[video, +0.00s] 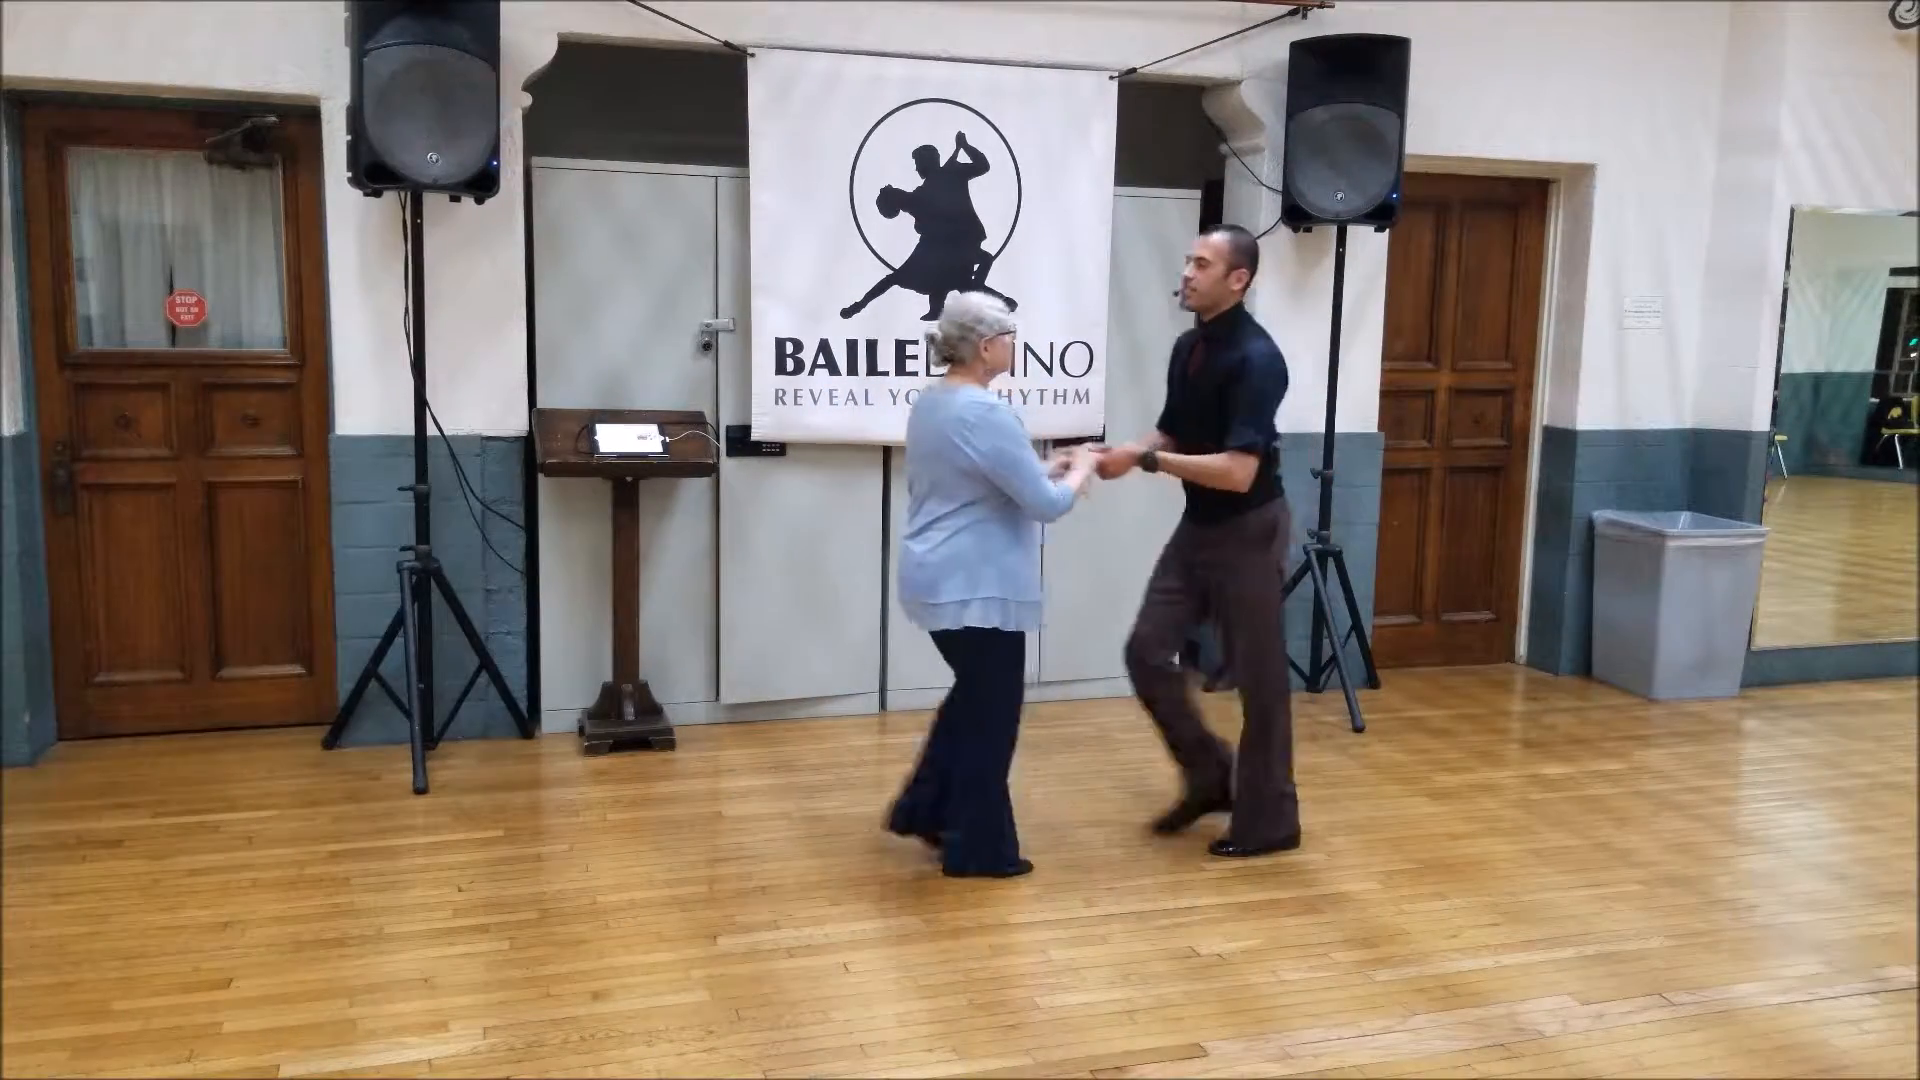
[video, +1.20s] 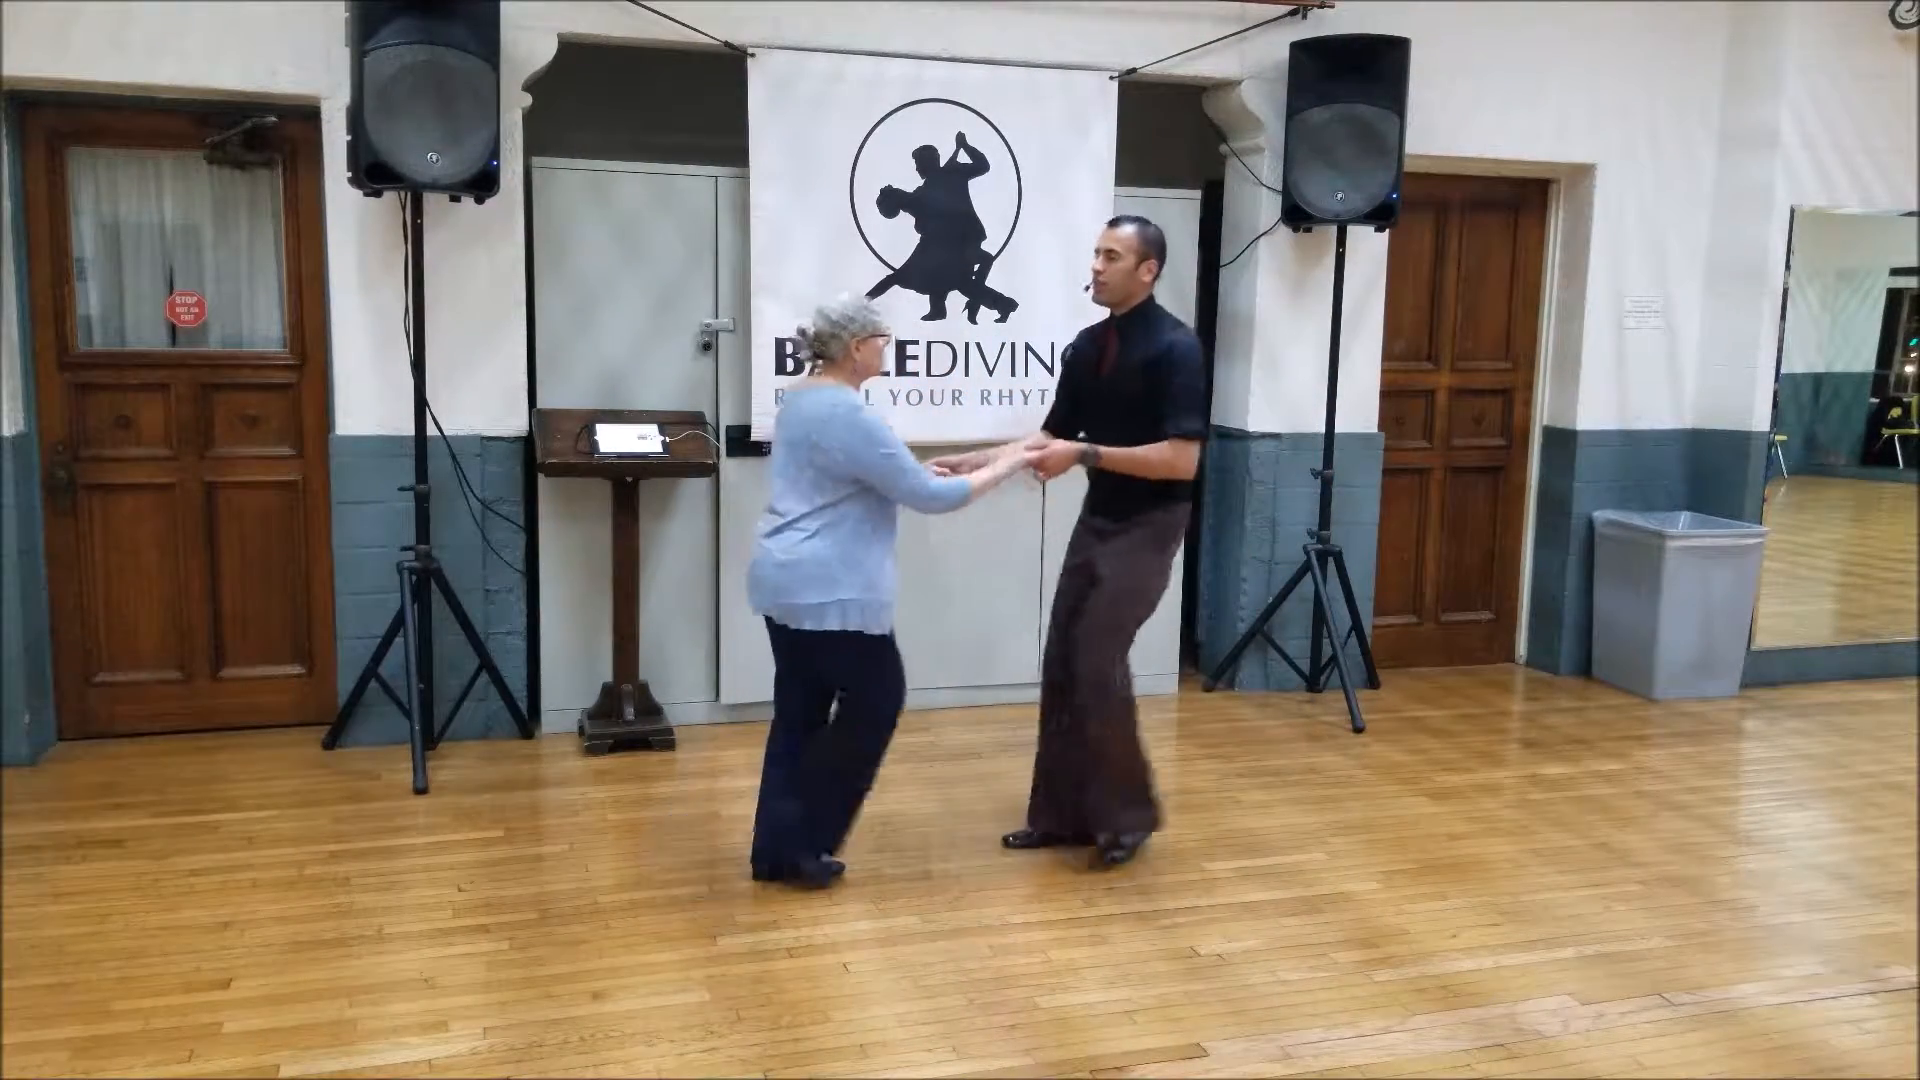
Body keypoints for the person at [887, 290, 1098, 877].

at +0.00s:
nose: (1015, 344)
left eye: (1011, 335)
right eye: (1007, 336)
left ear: (963, 346)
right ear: (981, 345)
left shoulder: (928, 405)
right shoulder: (984, 415)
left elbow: (987, 481)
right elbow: (1046, 502)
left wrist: (1046, 467)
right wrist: (1077, 476)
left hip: (935, 581)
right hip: (981, 588)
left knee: (976, 694)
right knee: (994, 712)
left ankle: (923, 807)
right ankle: (981, 847)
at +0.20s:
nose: (973, 350)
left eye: (970, 339)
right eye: (966, 341)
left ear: (923, 348)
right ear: (941, 348)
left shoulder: (888, 403)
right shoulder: (942, 415)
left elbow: (939, 471)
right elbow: (992, 511)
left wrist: (1001, 452)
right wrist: (1036, 492)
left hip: (884, 579)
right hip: (939, 584)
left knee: (884, 702)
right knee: (963, 717)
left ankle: (825, 830)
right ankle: (971, 851)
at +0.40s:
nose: (936, 350)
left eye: (933, 341)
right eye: (928, 342)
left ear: (884, 353)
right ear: (898, 351)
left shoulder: (851, 406)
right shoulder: (896, 421)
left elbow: (894, 483)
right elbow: (907, 519)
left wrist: (956, 494)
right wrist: (971, 538)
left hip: (830, 590)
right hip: (877, 596)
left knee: (842, 710)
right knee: (924, 703)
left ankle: (818, 846)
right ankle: (893, 848)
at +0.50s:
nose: (917, 350)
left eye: (915, 340)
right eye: (910, 341)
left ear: (869, 347)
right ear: (882, 346)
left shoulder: (835, 403)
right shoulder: (870, 415)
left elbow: (884, 496)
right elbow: (877, 512)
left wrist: (945, 500)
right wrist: (945, 531)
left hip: (815, 582)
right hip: (854, 589)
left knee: (827, 704)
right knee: (883, 702)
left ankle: (820, 837)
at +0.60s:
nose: (899, 347)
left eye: (896, 337)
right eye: (891, 338)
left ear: (850, 347)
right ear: (861, 345)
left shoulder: (822, 400)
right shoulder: (852, 412)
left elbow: (860, 492)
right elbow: (858, 507)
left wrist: (926, 499)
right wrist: (923, 526)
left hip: (808, 580)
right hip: (831, 588)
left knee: (821, 717)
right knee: (819, 721)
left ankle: (821, 847)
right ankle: (714, 827)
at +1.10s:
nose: (876, 351)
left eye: (874, 342)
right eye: (868, 343)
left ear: (827, 351)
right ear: (838, 350)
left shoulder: (795, 405)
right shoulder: (829, 417)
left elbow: (847, 495)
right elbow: (897, 509)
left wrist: (910, 485)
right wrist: (971, 485)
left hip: (794, 586)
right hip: (817, 594)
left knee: (813, 720)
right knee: (826, 722)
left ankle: (788, 846)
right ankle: (720, 827)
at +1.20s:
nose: (885, 348)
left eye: (883, 339)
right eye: (878, 339)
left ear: (834, 346)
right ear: (852, 346)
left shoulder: (799, 403)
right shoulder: (847, 416)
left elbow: (867, 473)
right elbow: (928, 494)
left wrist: (933, 470)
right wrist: (1005, 465)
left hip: (786, 585)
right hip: (837, 591)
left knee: (798, 711)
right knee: (877, 699)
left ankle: (776, 849)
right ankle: (806, 842)